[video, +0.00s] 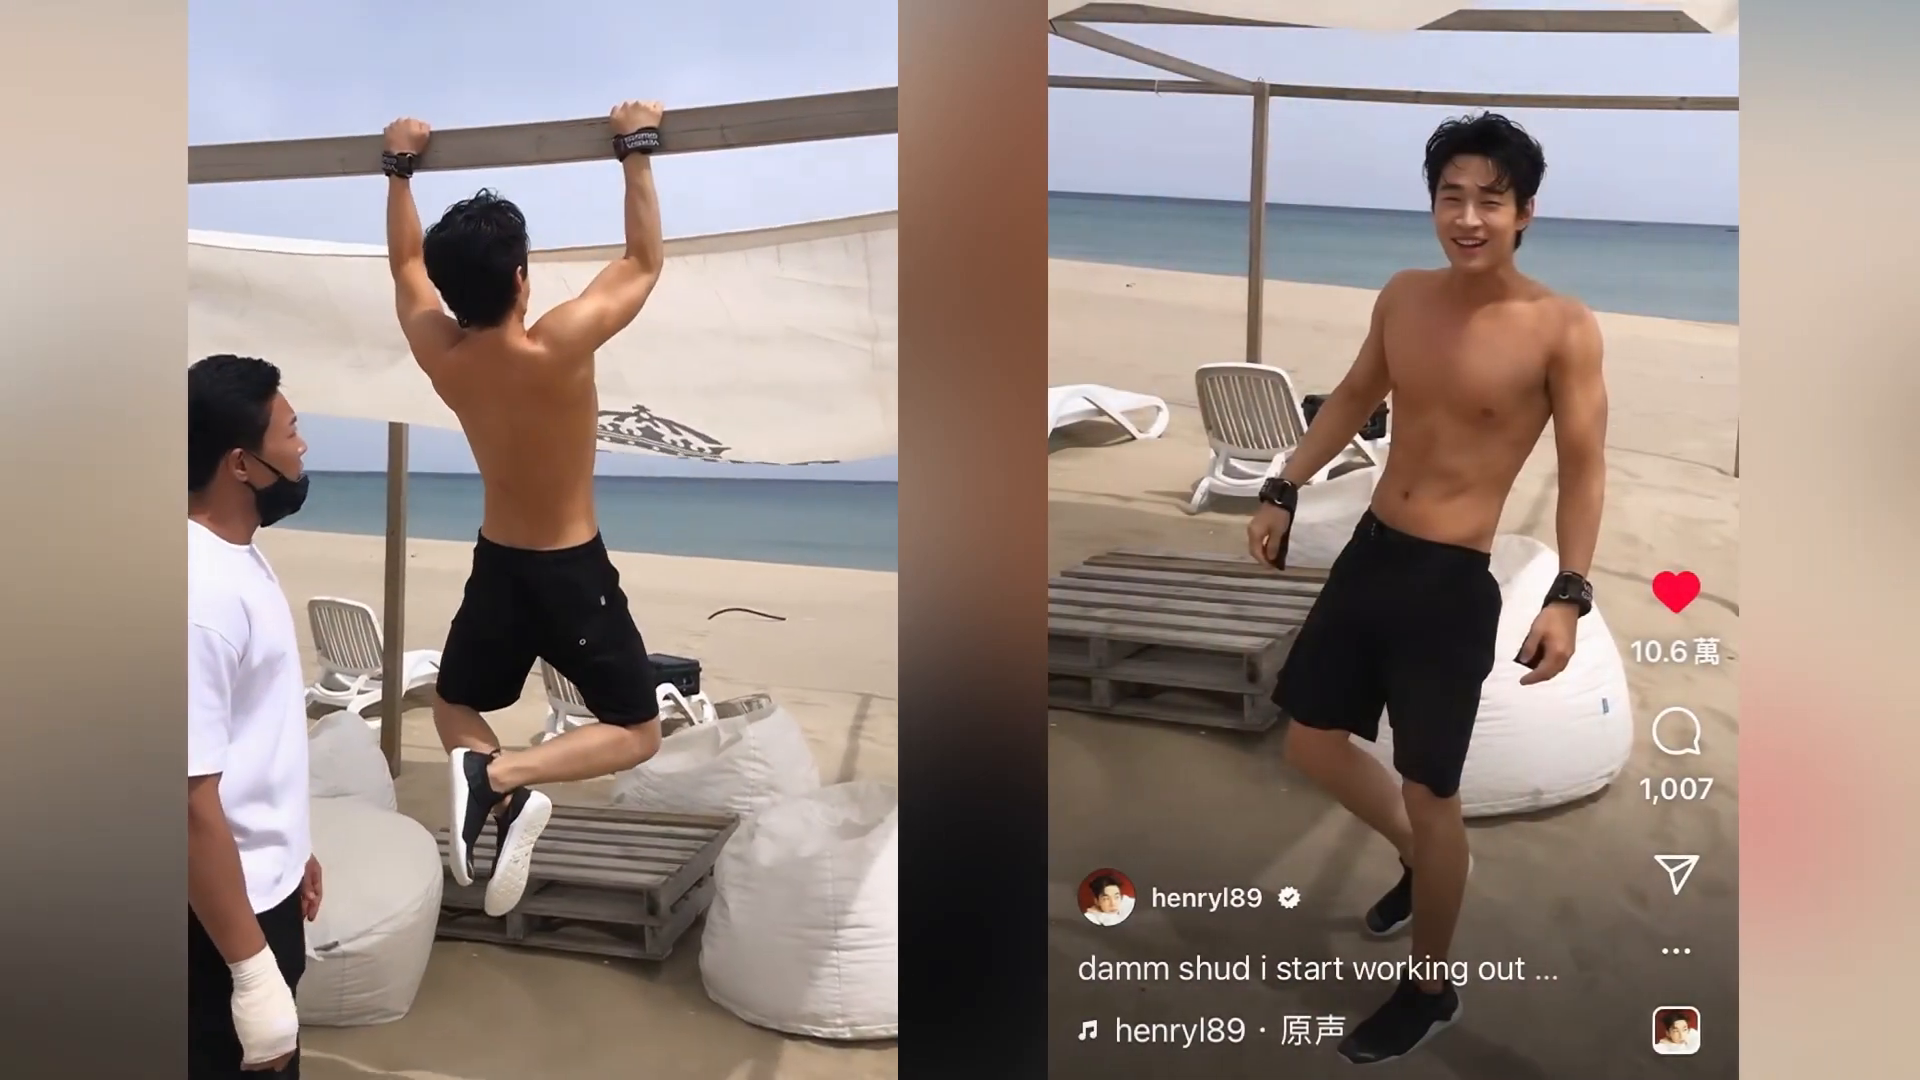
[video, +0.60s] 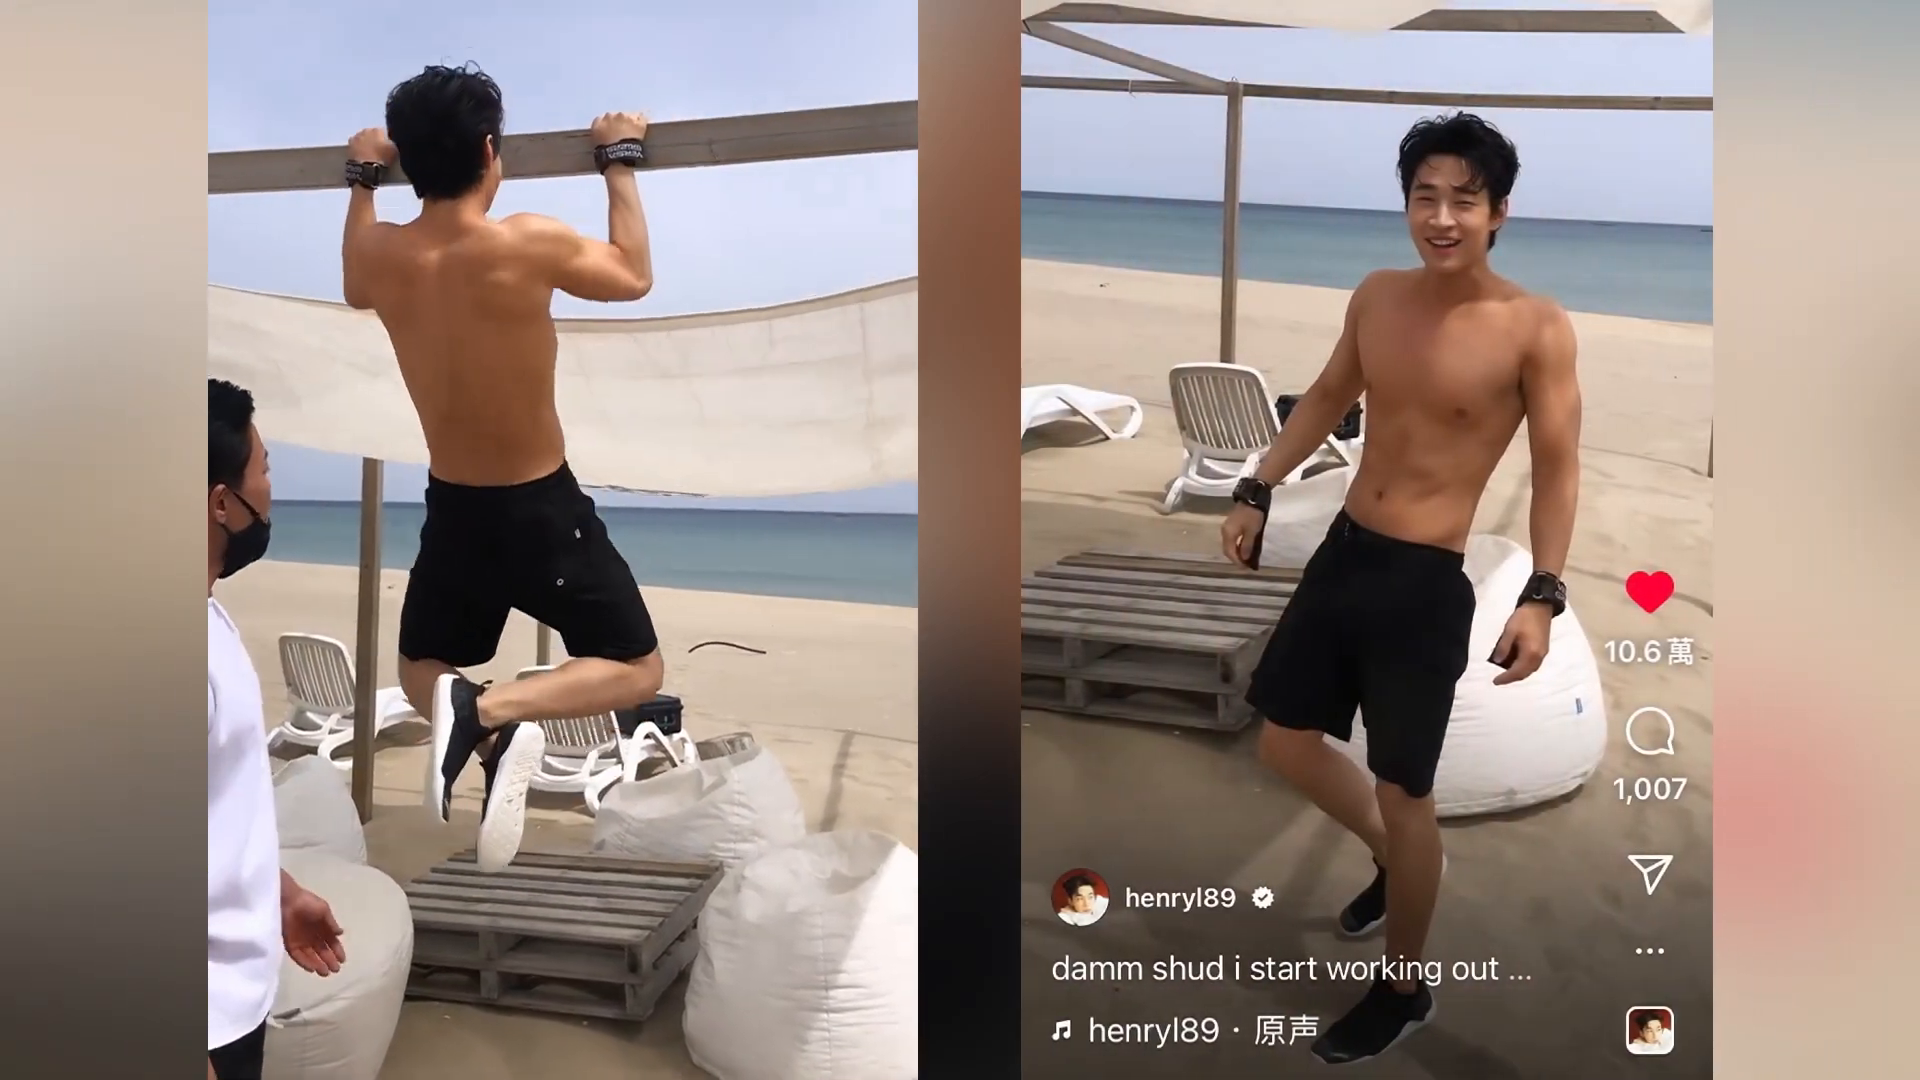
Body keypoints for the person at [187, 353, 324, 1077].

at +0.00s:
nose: (303, 445)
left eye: (295, 428)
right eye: (290, 432)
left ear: (239, 462)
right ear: (241, 463)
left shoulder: (240, 557)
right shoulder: (199, 600)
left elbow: (249, 736)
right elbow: (194, 809)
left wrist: (291, 850)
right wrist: (254, 974)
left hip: (264, 904)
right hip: (223, 928)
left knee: (269, 1063)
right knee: (232, 1071)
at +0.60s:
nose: (270, 482)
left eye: (264, 461)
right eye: (262, 465)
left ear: (220, 503)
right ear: (221, 501)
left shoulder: (215, 624)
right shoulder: (187, 649)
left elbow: (208, 807)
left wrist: (275, 891)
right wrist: (192, 1046)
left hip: (237, 1011)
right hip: (211, 1033)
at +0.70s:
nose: (258, 490)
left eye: (251, 469)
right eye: (249, 472)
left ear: (209, 511)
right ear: (211, 509)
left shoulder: (200, 637)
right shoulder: (170, 651)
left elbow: (197, 804)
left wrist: (279, 886)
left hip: (219, 1027)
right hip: (206, 1039)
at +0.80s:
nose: (245, 500)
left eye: (241, 475)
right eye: (239, 476)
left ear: (199, 504)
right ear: (200, 501)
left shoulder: (183, 649)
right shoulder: (159, 658)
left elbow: (185, 807)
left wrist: (290, 872)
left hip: (209, 1025)